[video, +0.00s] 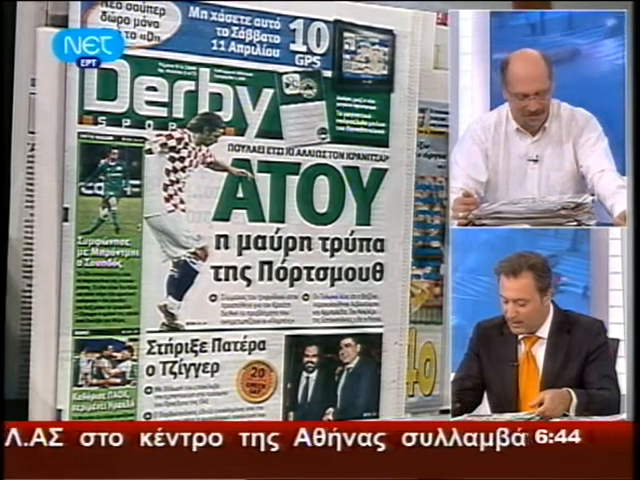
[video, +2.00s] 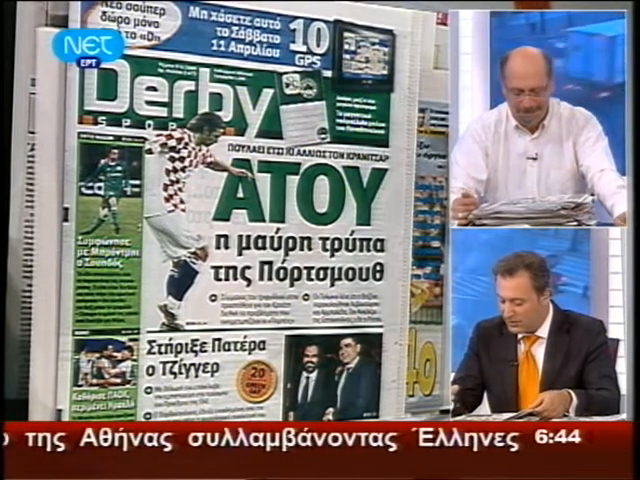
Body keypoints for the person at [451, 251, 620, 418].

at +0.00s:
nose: (510, 313)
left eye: (521, 303)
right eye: (505, 302)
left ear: (547, 297)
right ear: (500, 297)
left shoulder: (588, 333)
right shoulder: (487, 335)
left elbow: (610, 401)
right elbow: (460, 400)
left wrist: (569, 399)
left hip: (570, 452)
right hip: (505, 450)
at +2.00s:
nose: (507, 312)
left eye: (518, 303)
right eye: (502, 302)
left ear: (545, 297)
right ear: (497, 297)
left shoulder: (588, 332)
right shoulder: (486, 334)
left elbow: (610, 402)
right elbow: (463, 401)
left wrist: (569, 400)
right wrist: (450, 397)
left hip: (569, 452)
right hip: (504, 451)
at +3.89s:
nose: (509, 313)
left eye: (519, 304)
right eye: (504, 302)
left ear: (546, 297)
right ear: (499, 298)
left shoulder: (588, 333)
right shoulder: (487, 334)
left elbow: (610, 402)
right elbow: (464, 404)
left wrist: (569, 400)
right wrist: (457, 397)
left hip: (569, 452)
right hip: (505, 450)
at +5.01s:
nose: (509, 313)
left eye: (520, 304)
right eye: (504, 303)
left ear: (546, 297)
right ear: (499, 298)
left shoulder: (588, 333)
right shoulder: (487, 334)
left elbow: (610, 402)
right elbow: (461, 400)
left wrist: (569, 400)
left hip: (569, 451)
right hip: (506, 450)